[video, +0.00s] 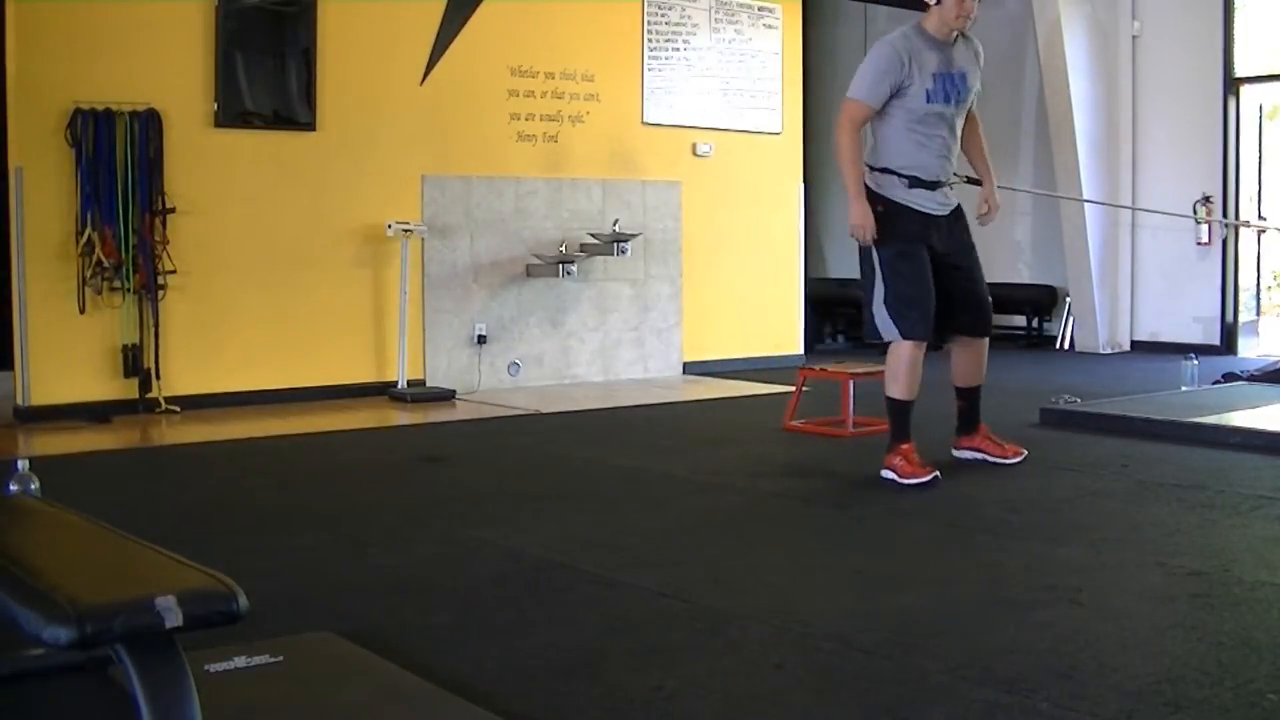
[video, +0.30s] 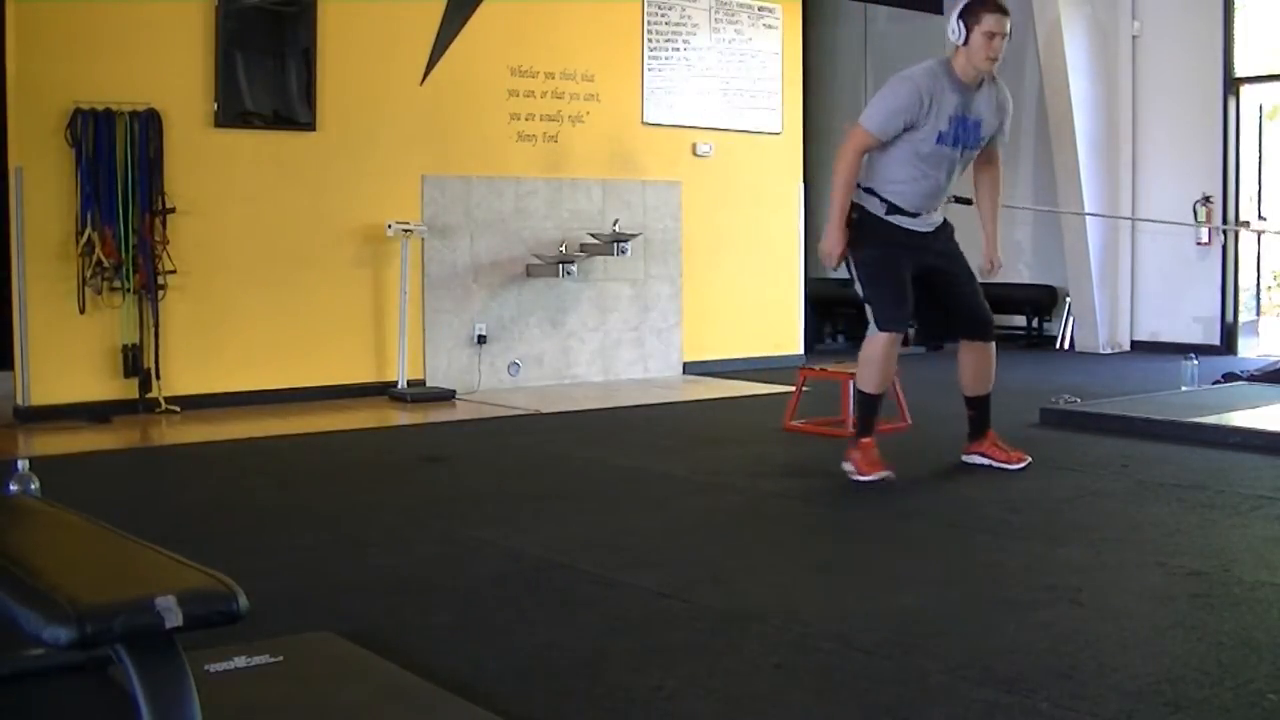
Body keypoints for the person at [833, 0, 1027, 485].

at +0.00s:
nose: (970, 11)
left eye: (974, 4)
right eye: (962, 3)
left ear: (973, 9)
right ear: (933, 1)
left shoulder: (969, 50)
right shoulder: (895, 50)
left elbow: (965, 117)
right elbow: (847, 124)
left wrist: (987, 180)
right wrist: (856, 201)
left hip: (945, 207)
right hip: (893, 206)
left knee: (974, 319)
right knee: (912, 325)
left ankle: (969, 434)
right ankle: (899, 451)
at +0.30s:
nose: (999, 47)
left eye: (1004, 38)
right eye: (990, 36)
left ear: (1006, 42)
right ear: (961, 36)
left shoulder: (996, 99)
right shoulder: (915, 87)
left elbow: (987, 162)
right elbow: (852, 147)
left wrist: (990, 239)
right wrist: (836, 226)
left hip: (931, 226)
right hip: (875, 222)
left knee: (977, 324)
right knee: (890, 322)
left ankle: (979, 439)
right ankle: (862, 445)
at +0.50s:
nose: (990, 100)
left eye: (996, 91)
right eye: (982, 89)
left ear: (999, 97)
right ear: (954, 91)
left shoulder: (987, 156)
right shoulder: (906, 141)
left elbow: (997, 221)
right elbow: (835, 199)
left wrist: (1019, 260)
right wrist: (778, 256)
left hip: (915, 258)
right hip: (854, 255)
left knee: (981, 340)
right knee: (850, 336)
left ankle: (979, 442)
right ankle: (785, 447)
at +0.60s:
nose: (946, 91)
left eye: (951, 83)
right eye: (936, 82)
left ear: (954, 89)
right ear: (908, 86)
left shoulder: (955, 146)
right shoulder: (865, 138)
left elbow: (976, 203)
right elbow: (793, 202)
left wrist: (996, 241)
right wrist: (738, 269)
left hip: (890, 258)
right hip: (825, 254)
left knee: (957, 343)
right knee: (814, 338)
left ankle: (978, 441)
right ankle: (784, 456)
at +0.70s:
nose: (880, 67)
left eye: (888, 59)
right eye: (870, 57)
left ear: (893, 64)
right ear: (842, 59)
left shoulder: (900, 121)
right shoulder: (806, 116)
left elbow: (925, 180)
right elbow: (745, 181)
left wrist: (944, 252)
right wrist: (768, 230)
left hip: (857, 254)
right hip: (787, 252)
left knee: (911, 348)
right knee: (763, 348)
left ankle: (963, 435)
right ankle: (772, 461)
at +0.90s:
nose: (814, 64)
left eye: (826, 55)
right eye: (805, 51)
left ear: (838, 60)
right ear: (786, 50)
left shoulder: (841, 117)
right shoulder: (744, 102)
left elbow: (872, 186)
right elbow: (673, 180)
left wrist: (894, 255)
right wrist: (648, 262)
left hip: (757, 233)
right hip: (692, 232)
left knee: (832, 316)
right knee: (676, 345)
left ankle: (800, 453)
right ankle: (677, 442)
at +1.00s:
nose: (769, 85)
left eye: (782, 76)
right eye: (762, 71)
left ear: (801, 80)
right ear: (749, 68)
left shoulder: (811, 138)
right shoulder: (707, 122)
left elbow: (844, 203)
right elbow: (630, 201)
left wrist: (856, 228)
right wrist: (573, 281)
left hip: (721, 252)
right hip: (650, 243)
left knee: (784, 351)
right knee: (604, 346)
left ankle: (779, 473)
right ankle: (538, 461)